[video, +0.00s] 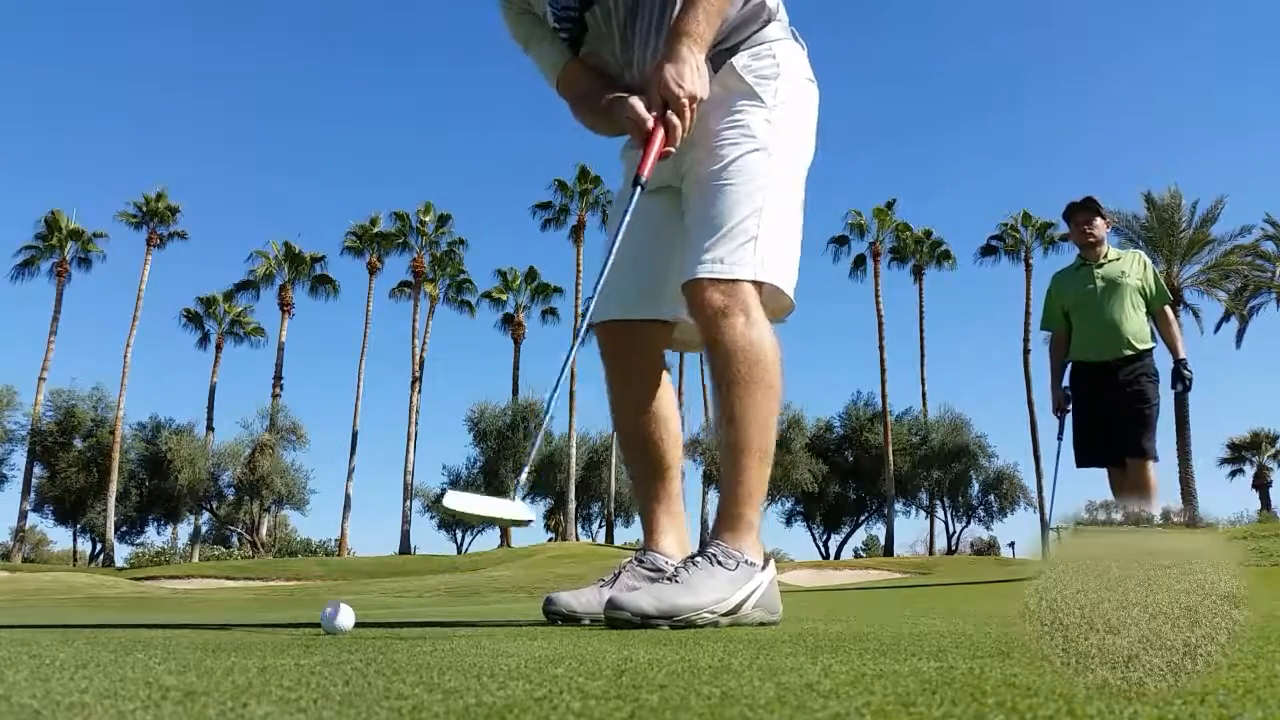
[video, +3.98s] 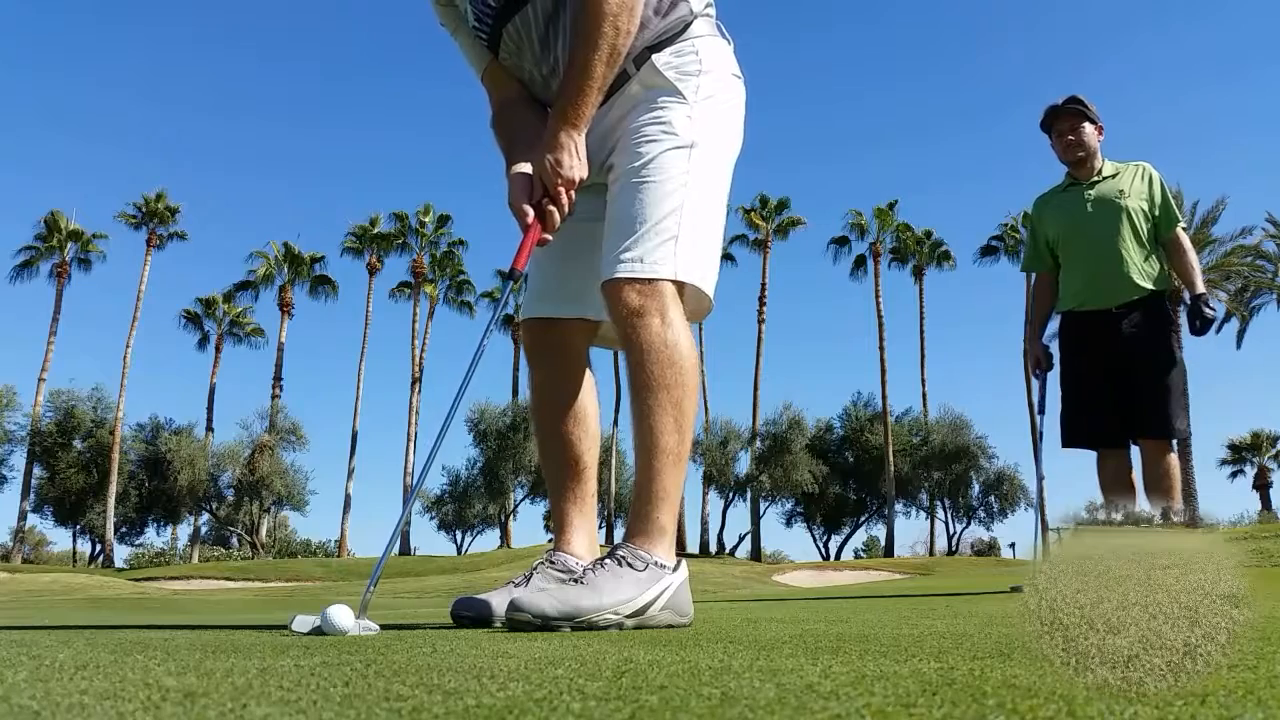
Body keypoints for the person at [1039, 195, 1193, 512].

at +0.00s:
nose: (1086, 228)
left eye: (1091, 221)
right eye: (1078, 225)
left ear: (1106, 224)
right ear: (1070, 234)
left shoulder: (1136, 262)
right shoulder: (1063, 280)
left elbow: (1163, 313)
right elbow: (1059, 337)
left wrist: (1180, 360)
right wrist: (1056, 387)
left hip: (1135, 369)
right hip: (1090, 376)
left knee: (1139, 456)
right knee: (1114, 463)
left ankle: (1150, 529)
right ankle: (1130, 531)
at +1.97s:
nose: (1084, 175)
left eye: (1090, 166)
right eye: (1075, 172)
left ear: (1109, 171)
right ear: (1068, 184)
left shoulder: (1148, 216)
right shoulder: (1059, 236)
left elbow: (1176, 274)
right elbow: (1057, 301)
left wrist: (1198, 323)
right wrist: (1050, 356)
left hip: (1145, 343)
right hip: (1087, 348)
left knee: (1143, 447)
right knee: (1088, 447)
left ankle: (1143, 535)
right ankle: (1104, 530)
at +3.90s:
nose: (1069, 138)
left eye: (1076, 128)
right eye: (1059, 134)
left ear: (1097, 131)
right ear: (1052, 145)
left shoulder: (1142, 176)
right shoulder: (1046, 207)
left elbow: (1175, 240)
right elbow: (1044, 279)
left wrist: (1198, 294)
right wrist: (1033, 338)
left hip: (1147, 320)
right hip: (1085, 330)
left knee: (1157, 437)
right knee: (1107, 443)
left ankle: (1169, 536)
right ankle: (1124, 541)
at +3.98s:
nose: (1069, 138)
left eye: (1076, 128)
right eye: (1059, 134)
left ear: (1098, 131)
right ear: (1052, 146)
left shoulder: (1142, 176)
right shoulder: (1046, 207)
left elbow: (1175, 239)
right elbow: (1044, 279)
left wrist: (1198, 293)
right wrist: (1033, 338)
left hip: (1147, 320)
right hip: (1085, 329)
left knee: (1158, 438)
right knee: (1108, 444)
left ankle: (1169, 538)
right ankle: (1124, 542)